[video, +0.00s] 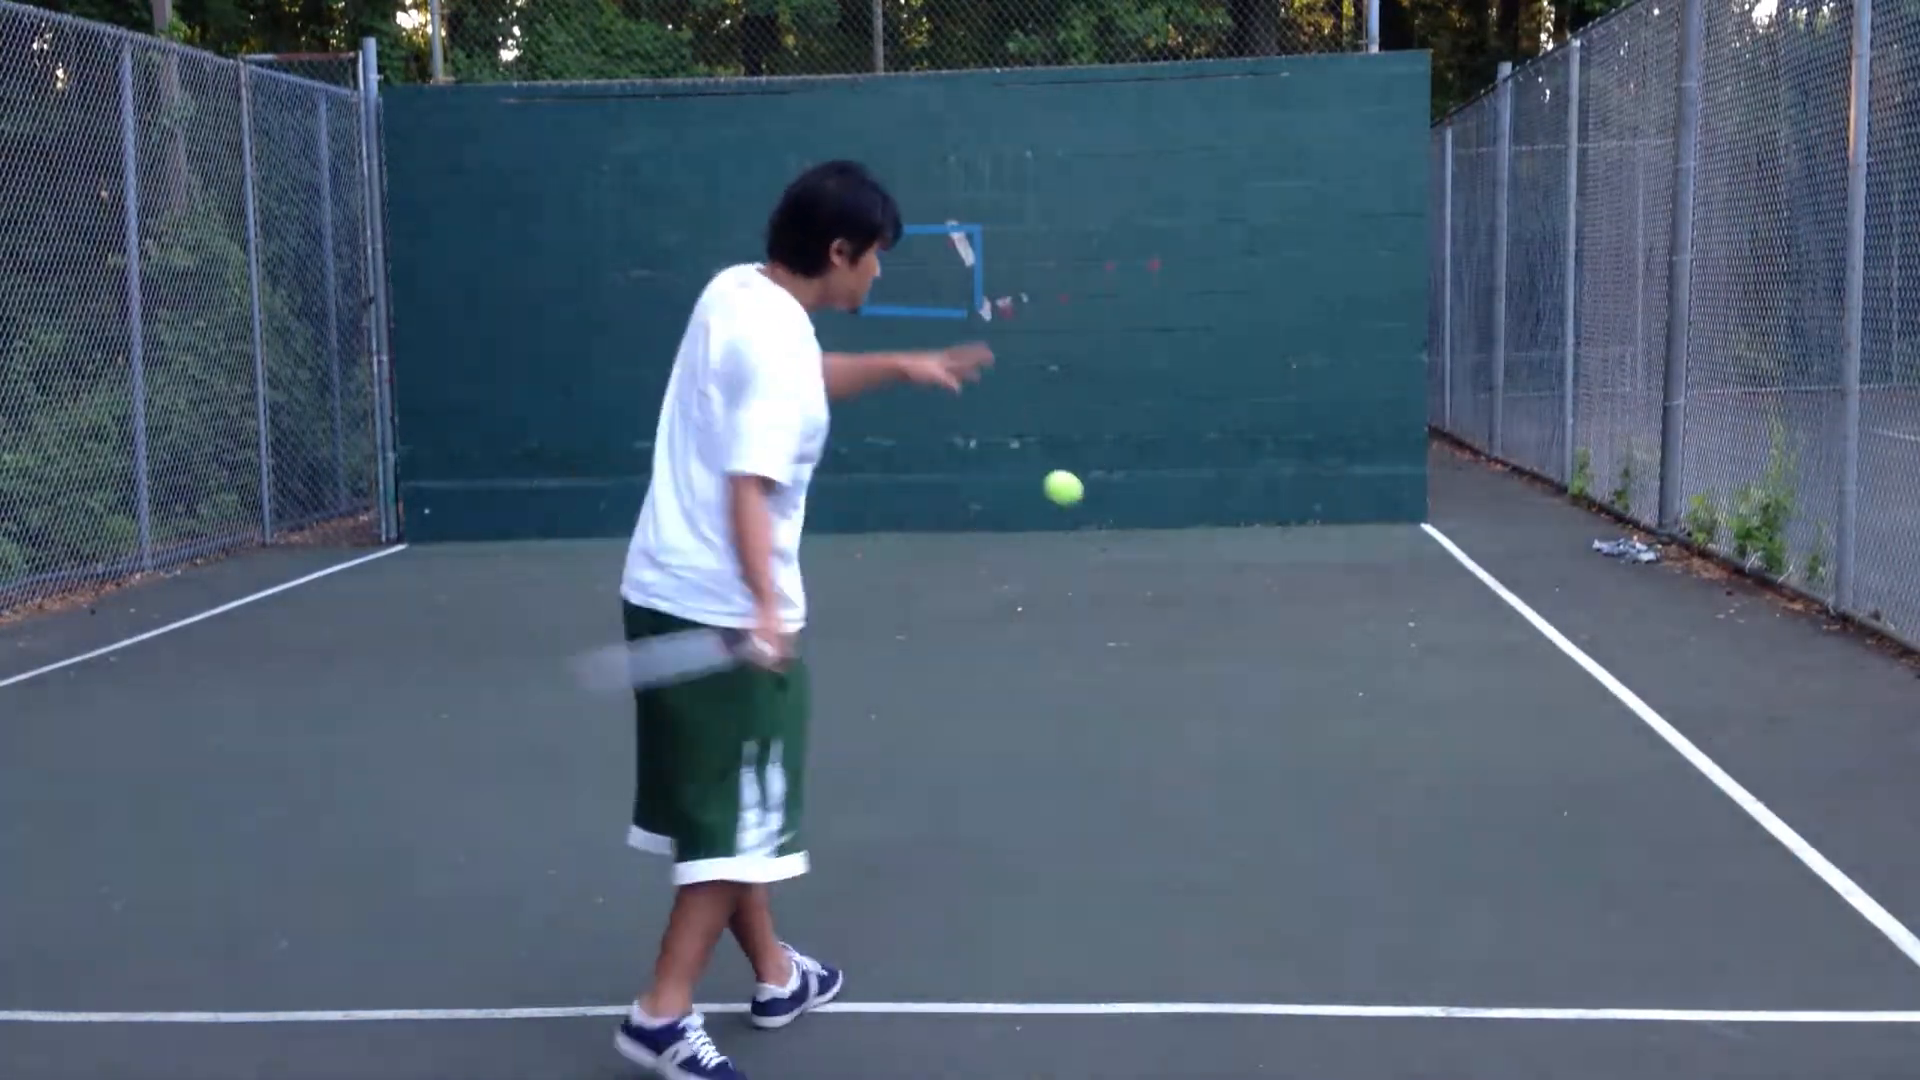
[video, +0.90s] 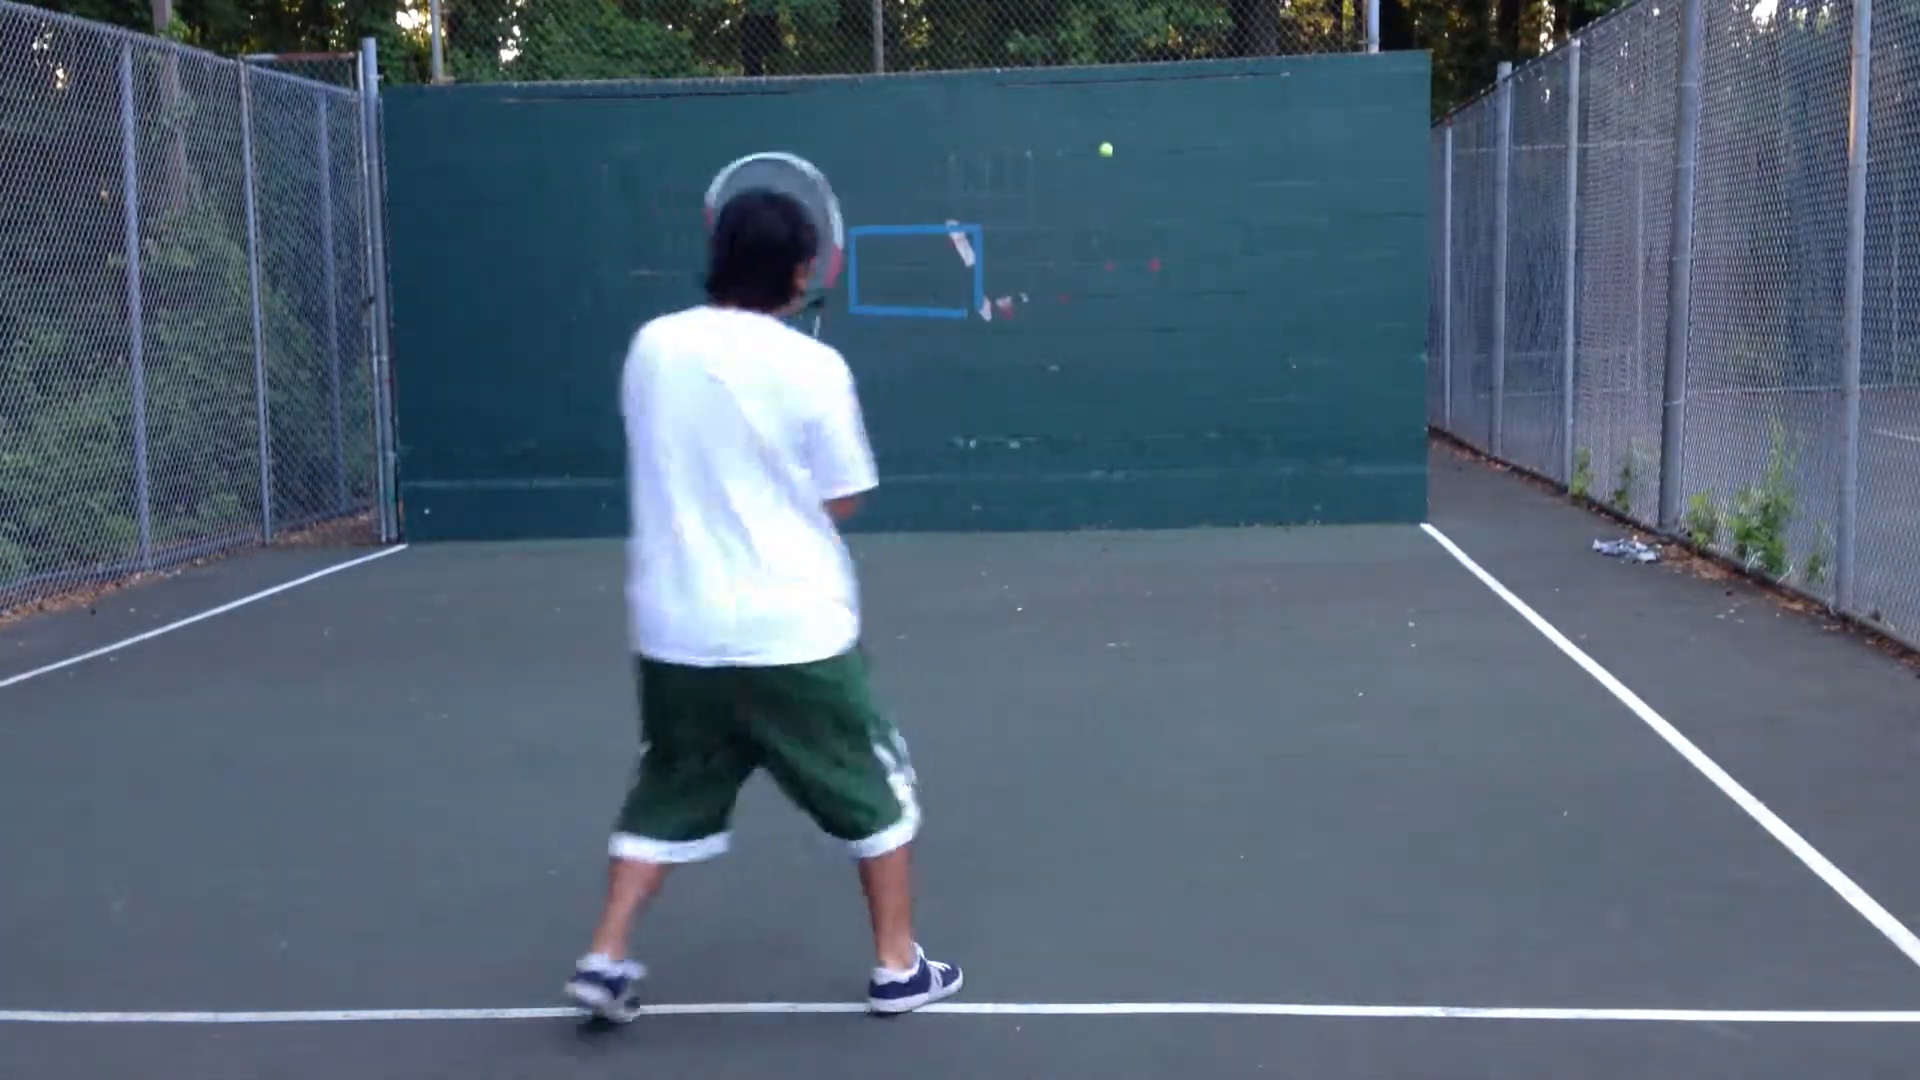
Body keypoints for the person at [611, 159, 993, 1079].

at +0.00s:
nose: (876, 276)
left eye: (880, 260)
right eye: (875, 259)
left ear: (808, 242)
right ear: (838, 252)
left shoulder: (735, 291)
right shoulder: (779, 344)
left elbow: (796, 376)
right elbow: (748, 487)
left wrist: (904, 364)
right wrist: (767, 605)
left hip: (673, 591)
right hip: (728, 607)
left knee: (721, 803)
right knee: (734, 820)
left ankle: (776, 976)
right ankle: (660, 1017)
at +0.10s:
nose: (874, 271)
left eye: (877, 255)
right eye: (871, 256)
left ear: (792, 242)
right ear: (836, 252)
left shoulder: (712, 278)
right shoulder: (812, 362)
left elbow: (779, 324)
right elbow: (823, 521)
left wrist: (871, 323)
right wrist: (883, 629)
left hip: (669, 587)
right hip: (754, 606)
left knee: (729, 796)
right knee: (771, 802)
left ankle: (774, 976)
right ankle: (680, 971)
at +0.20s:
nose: (878, 278)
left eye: (882, 261)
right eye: (876, 259)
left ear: (788, 235)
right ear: (836, 248)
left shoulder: (698, 280)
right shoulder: (833, 358)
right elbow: (867, 496)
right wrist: (947, 549)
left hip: (679, 589)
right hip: (777, 601)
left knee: (718, 795)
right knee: (796, 793)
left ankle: (776, 975)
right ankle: (709, 949)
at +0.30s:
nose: (875, 270)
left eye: (879, 254)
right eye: (876, 253)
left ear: (785, 227)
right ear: (848, 246)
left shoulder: (696, 282)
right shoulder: (853, 350)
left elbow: (704, 382)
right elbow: (866, 449)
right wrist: (909, 421)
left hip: (689, 589)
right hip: (792, 599)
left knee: (733, 789)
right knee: (814, 786)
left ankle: (778, 973)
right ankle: (739, 934)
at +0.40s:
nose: (877, 250)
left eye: (878, 236)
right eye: (877, 238)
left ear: (790, 217)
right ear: (857, 242)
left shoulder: (701, 284)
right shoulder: (865, 333)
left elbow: (679, 377)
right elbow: (882, 422)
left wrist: (800, 295)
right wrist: (867, 313)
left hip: (704, 581)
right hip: (812, 591)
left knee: (736, 780)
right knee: (829, 773)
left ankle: (787, 968)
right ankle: (762, 924)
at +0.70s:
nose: (867, 258)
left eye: (866, 247)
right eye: (867, 249)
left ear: (771, 245)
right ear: (856, 259)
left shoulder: (707, 320)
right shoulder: (875, 337)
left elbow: (683, 432)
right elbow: (908, 438)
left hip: (720, 607)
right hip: (840, 609)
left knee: (725, 769)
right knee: (882, 778)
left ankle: (745, 936)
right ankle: (899, 966)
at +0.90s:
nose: (816, 272)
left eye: (815, 258)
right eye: (814, 261)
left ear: (718, 259)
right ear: (802, 274)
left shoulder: (651, 347)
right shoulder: (813, 367)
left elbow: (663, 457)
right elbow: (844, 497)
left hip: (672, 636)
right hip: (792, 639)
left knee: (670, 786)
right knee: (874, 795)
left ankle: (606, 955)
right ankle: (898, 966)